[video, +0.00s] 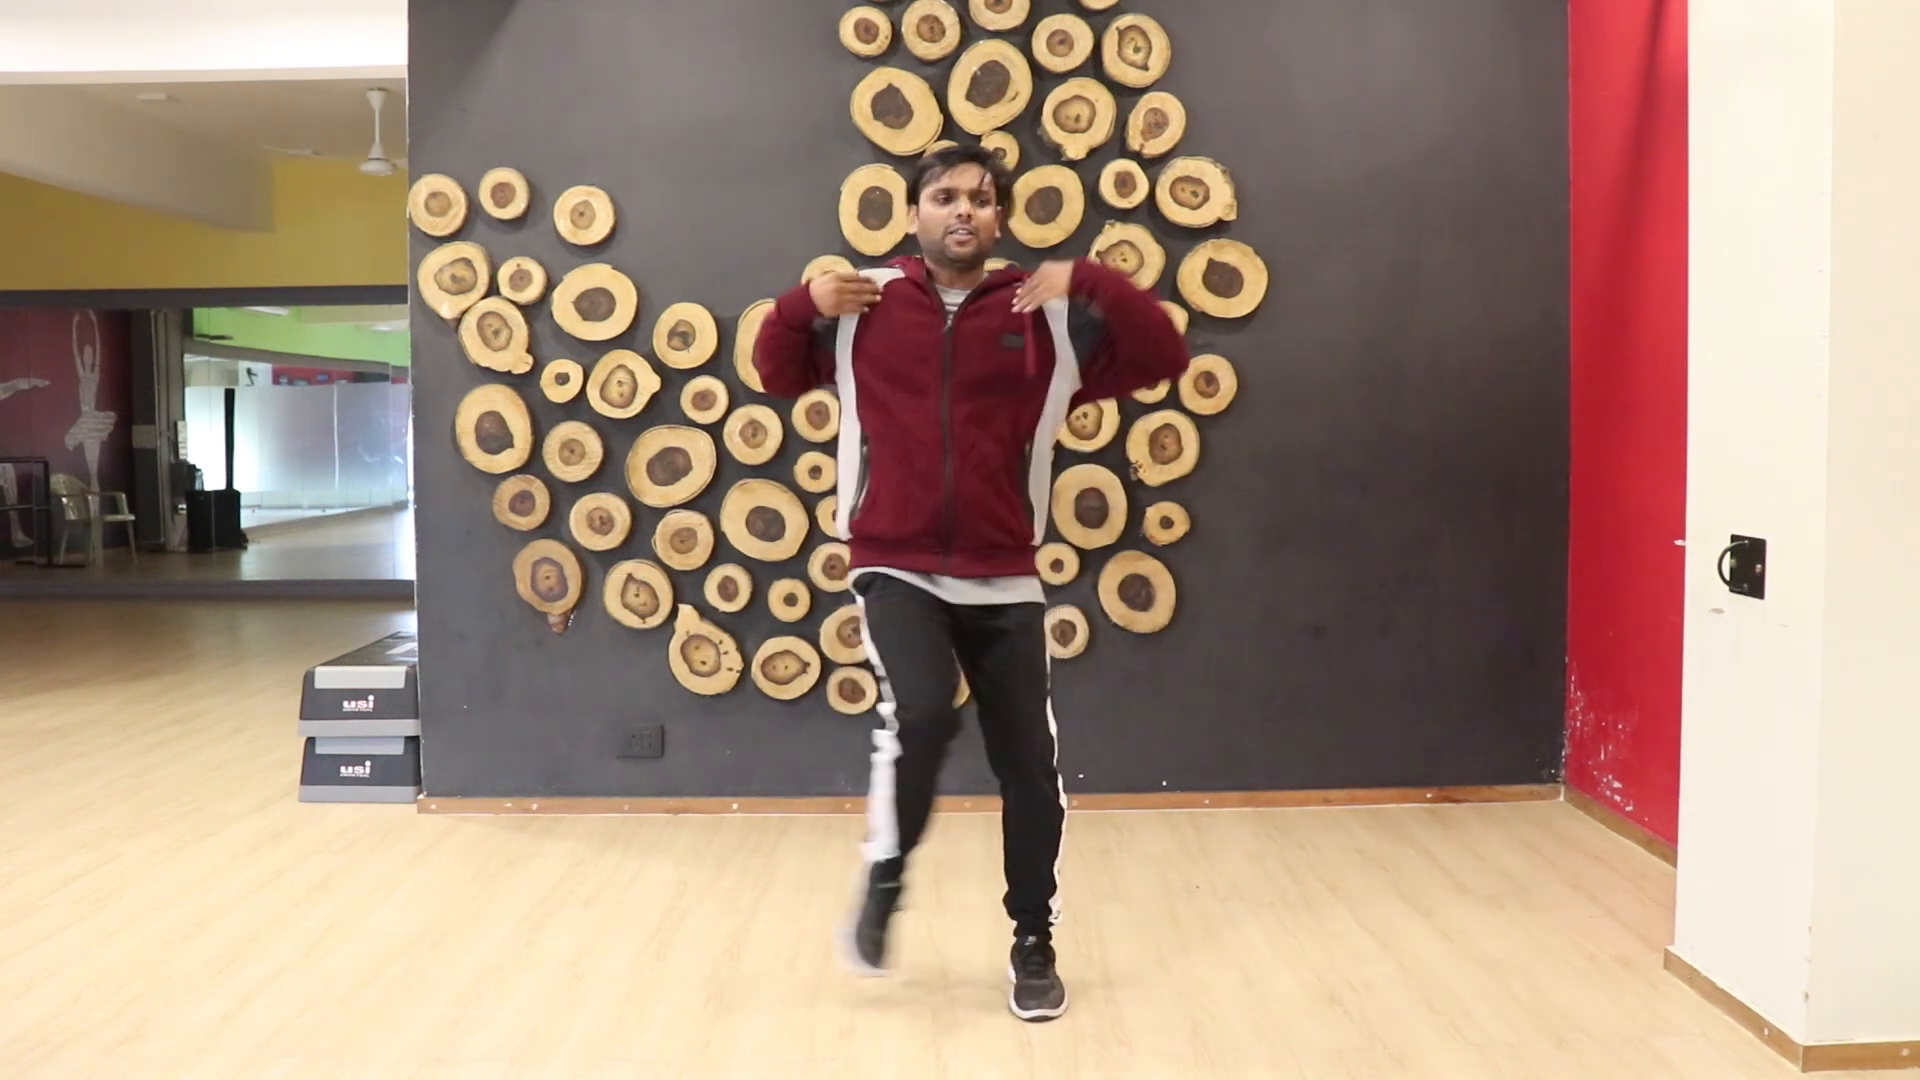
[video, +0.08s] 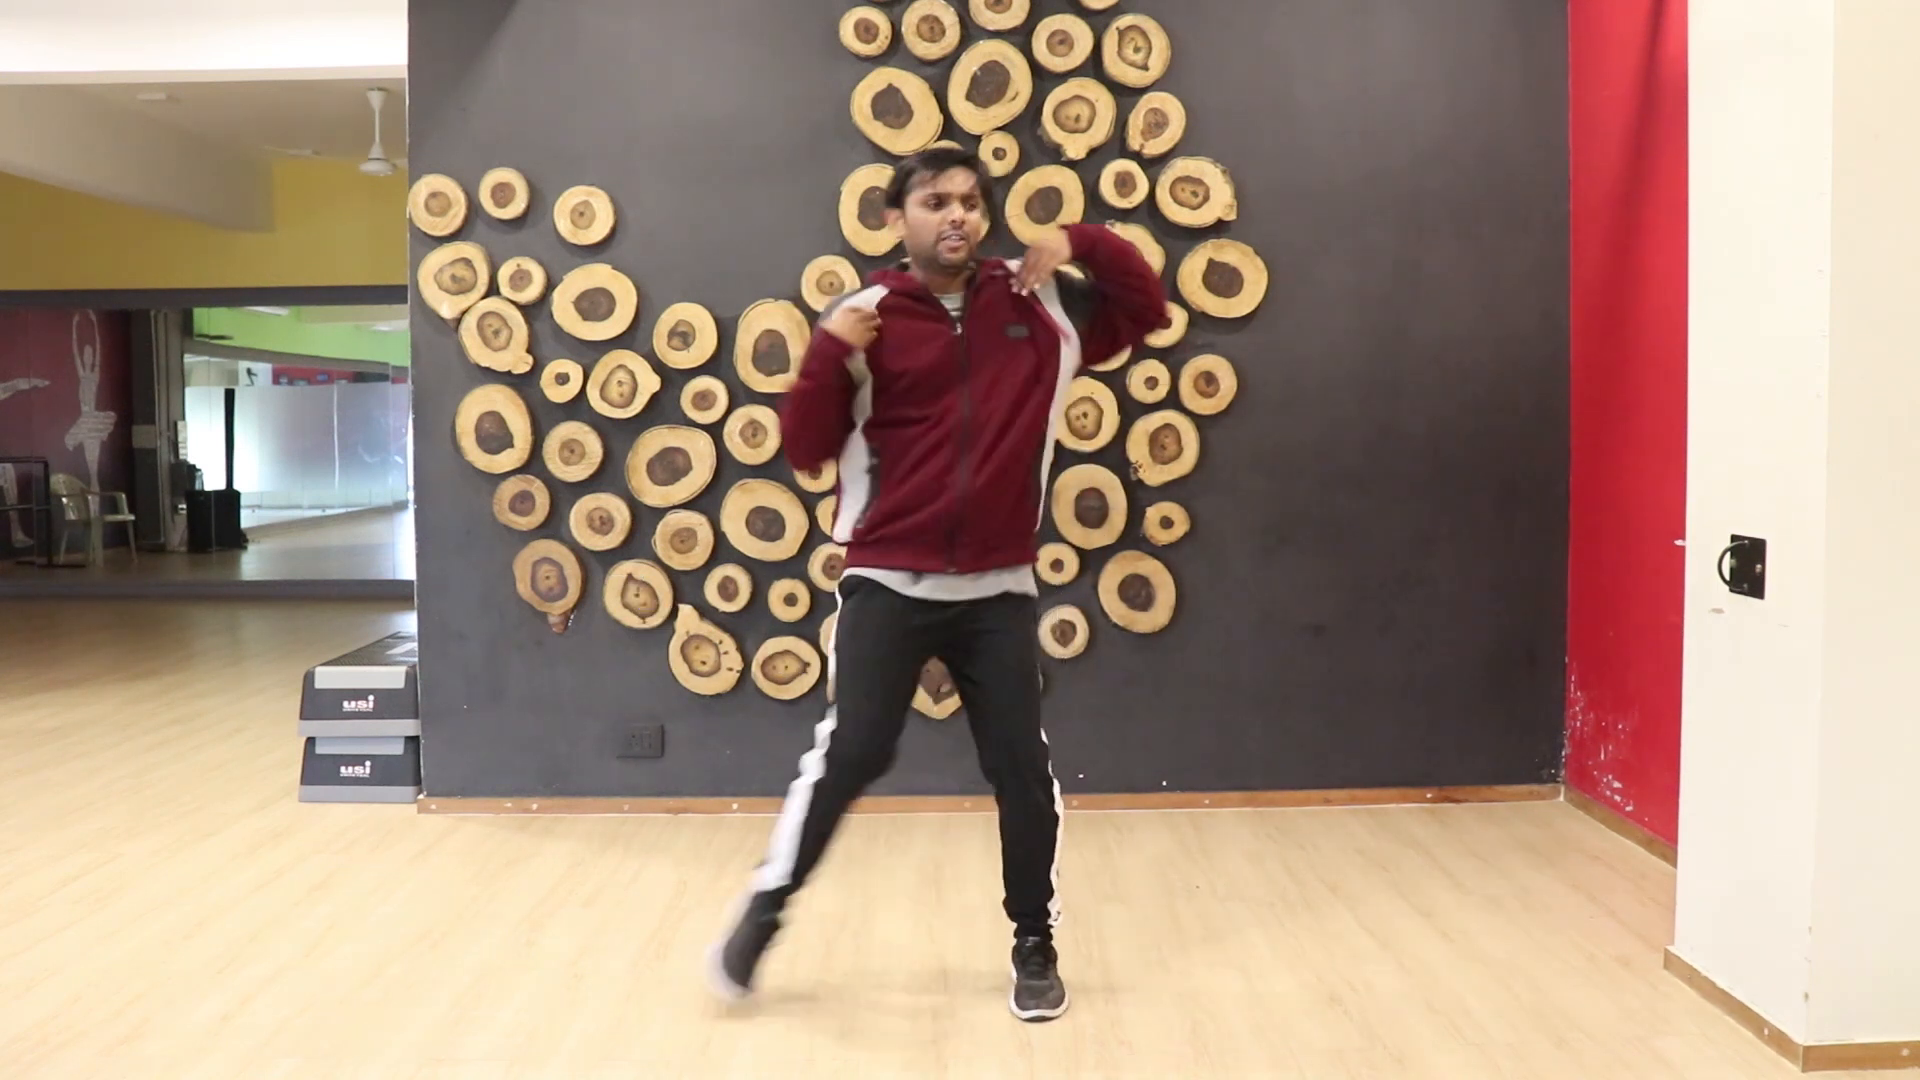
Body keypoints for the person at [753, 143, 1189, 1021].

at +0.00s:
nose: (965, 211)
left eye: (981, 199)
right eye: (946, 198)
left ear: (1001, 220)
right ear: (914, 215)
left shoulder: (1044, 312)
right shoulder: (864, 306)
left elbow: (1161, 351)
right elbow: (776, 375)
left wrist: (1087, 279)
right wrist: (804, 301)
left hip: (1002, 572)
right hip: (894, 563)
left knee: (1030, 762)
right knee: (923, 717)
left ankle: (1033, 941)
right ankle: (884, 882)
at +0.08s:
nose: (958, 217)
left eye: (970, 203)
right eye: (937, 204)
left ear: (987, 219)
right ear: (899, 221)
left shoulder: (1039, 313)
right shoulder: (866, 316)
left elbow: (1145, 305)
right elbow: (808, 453)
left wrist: (1079, 239)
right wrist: (828, 348)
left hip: (999, 584)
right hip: (887, 578)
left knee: (1021, 762)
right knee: (860, 743)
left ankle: (1035, 945)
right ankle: (766, 909)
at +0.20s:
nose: (922, 229)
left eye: (927, 214)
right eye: (900, 215)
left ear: (935, 225)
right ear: (851, 231)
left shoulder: (935, 311)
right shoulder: (846, 330)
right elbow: (913, 415)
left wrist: (1000, 296)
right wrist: (926, 313)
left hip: (995, 604)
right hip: (890, 608)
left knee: (1055, 783)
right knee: (807, 778)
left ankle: (1036, 938)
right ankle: (698, 928)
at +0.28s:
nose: (923, 231)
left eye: (928, 216)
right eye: (903, 216)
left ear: (931, 225)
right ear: (850, 227)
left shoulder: (917, 314)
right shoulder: (836, 327)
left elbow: (947, 387)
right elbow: (878, 414)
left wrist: (942, 318)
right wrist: (895, 309)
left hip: (993, 602)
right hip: (893, 611)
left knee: (1068, 773)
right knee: (820, 781)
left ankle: (1043, 940)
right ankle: (697, 928)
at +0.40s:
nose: (949, 227)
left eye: (955, 213)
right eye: (931, 210)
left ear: (949, 224)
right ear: (874, 217)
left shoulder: (915, 305)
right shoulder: (834, 287)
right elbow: (783, 235)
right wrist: (792, 173)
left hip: (972, 580)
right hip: (897, 586)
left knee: (1048, 757)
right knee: (853, 778)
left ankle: (1043, 940)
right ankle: (712, 919)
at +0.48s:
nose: (962, 233)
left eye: (967, 219)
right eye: (943, 214)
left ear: (956, 229)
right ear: (887, 216)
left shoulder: (925, 295)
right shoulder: (840, 274)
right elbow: (819, 166)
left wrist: (955, 171)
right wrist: (827, 71)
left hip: (937, 556)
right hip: (871, 557)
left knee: (1025, 754)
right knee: (880, 789)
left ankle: (1035, 941)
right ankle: (727, 914)